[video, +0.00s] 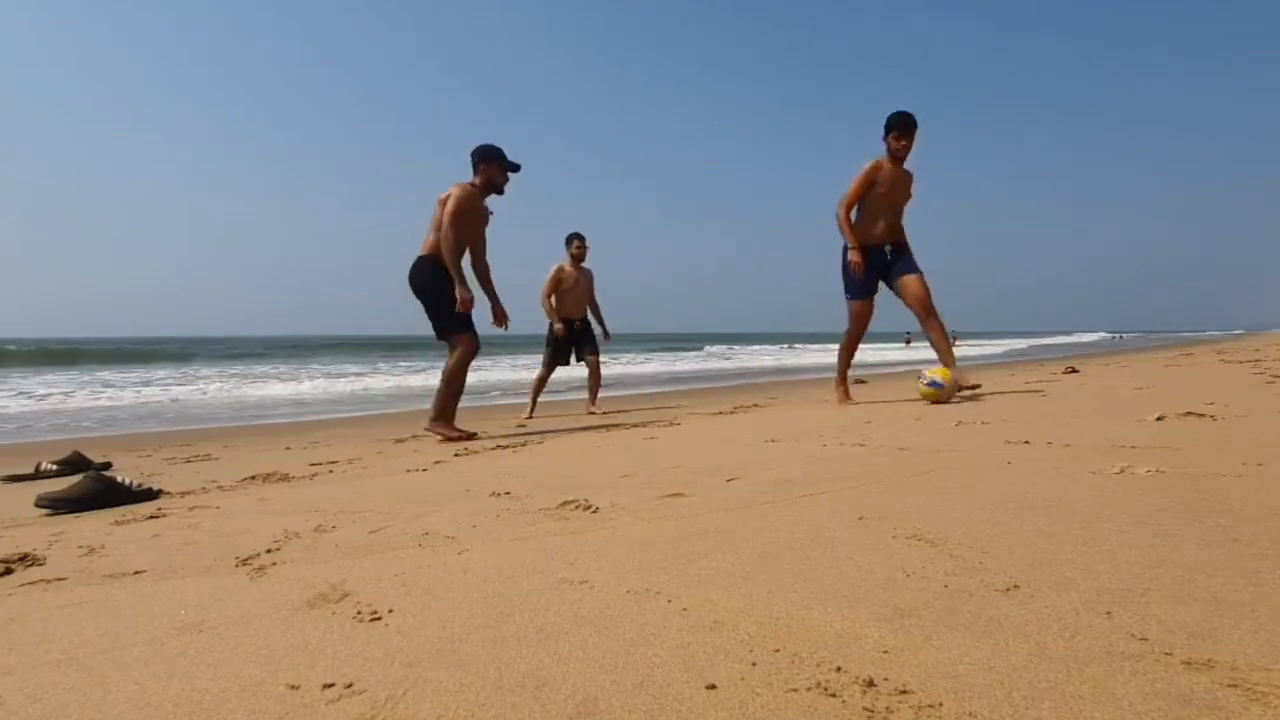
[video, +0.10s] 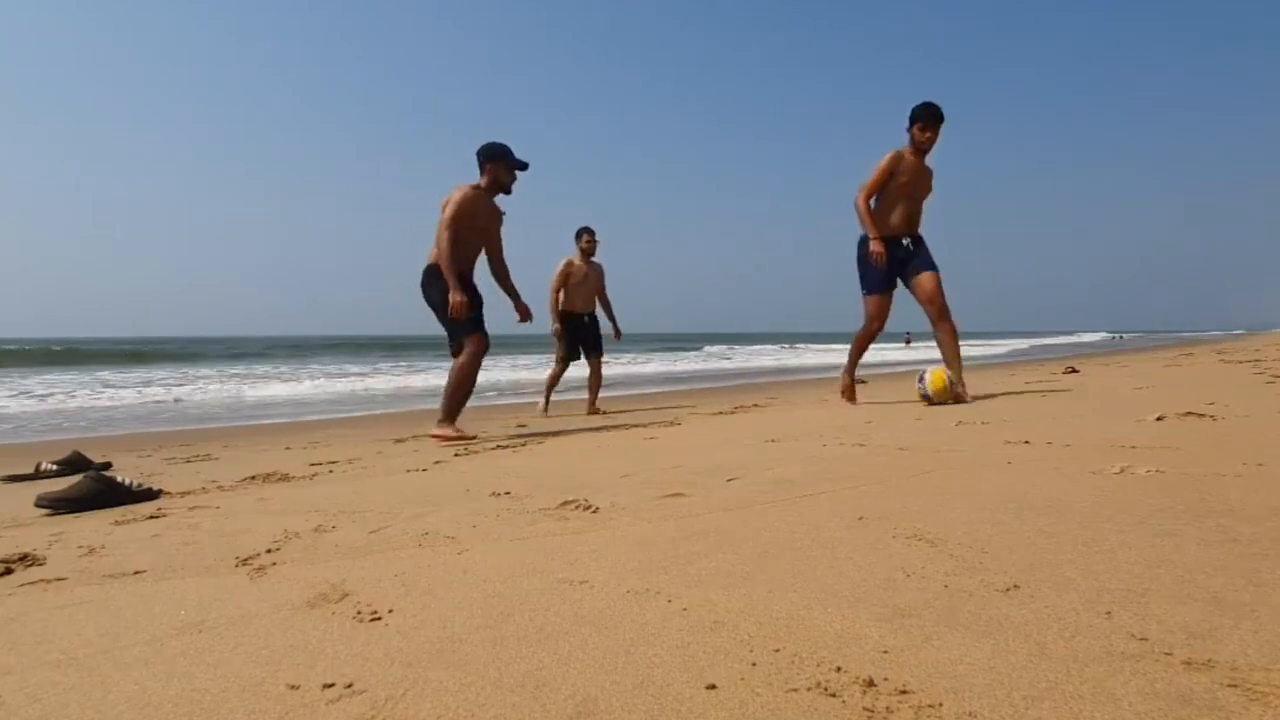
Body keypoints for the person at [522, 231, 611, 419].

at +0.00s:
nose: (583, 251)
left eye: (585, 247)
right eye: (578, 247)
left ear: (586, 250)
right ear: (569, 249)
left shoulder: (587, 274)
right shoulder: (559, 271)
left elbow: (592, 301)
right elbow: (545, 297)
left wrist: (603, 327)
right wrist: (554, 321)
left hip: (582, 323)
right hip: (562, 323)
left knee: (594, 363)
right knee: (547, 369)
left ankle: (591, 404)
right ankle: (531, 406)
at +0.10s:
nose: (593, 245)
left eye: (594, 242)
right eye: (588, 242)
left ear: (596, 244)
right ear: (578, 244)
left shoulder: (597, 268)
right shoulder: (568, 265)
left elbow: (602, 296)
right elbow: (554, 291)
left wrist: (614, 323)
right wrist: (555, 320)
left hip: (589, 317)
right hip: (569, 316)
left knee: (596, 362)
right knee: (562, 363)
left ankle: (592, 405)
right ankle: (545, 399)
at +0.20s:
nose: (600, 241)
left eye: (602, 238)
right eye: (596, 238)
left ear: (603, 240)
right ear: (586, 239)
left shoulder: (606, 265)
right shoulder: (575, 261)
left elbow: (613, 293)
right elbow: (560, 287)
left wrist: (624, 319)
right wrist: (557, 316)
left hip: (596, 313)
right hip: (576, 311)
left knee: (596, 361)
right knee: (577, 358)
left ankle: (593, 404)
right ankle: (569, 398)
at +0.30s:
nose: (606, 241)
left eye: (608, 237)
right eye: (602, 237)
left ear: (610, 239)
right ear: (592, 239)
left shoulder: (613, 264)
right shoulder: (581, 261)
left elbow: (622, 290)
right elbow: (566, 288)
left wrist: (631, 314)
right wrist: (561, 317)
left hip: (603, 313)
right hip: (583, 312)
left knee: (601, 359)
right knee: (592, 356)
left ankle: (595, 399)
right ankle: (593, 399)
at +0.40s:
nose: (611, 241)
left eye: (613, 237)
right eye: (607, 237)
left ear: (616, 240)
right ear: (597, 239)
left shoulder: (620, 264)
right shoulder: (586, 262)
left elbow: (629, 292)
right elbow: (572, 290)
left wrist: (638, 313)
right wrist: (566, 319)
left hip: (610, 313)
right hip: (591, 311)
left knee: (604, 359)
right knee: (601, 356)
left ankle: (593, 403)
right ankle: (614, 401)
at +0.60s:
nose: (620, 233)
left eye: (622, 229)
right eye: (615, 229)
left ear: (625, 231)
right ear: (606, 232)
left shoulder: (630, 256)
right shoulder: (598, 258)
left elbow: (637, 282)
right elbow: (586, 285)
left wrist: (645, 305)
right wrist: (583, 311)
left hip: (624, 307)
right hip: (604, 305)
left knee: (628, 355)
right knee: (613, 354)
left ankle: (610, 388)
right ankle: (618, 402)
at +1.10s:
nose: (650, 220)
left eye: (653, 216)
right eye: (646, 216)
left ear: (658, 218)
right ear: (639, 219)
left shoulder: (663, 243)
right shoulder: (629, 243)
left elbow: (671, 272)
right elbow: (617, 273)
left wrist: (678, 301)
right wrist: (617, 302)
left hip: (659, 299)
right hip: (636, 298)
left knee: (667, 352)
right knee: (632, 355)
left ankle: (670, 401)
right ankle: (619, 397)